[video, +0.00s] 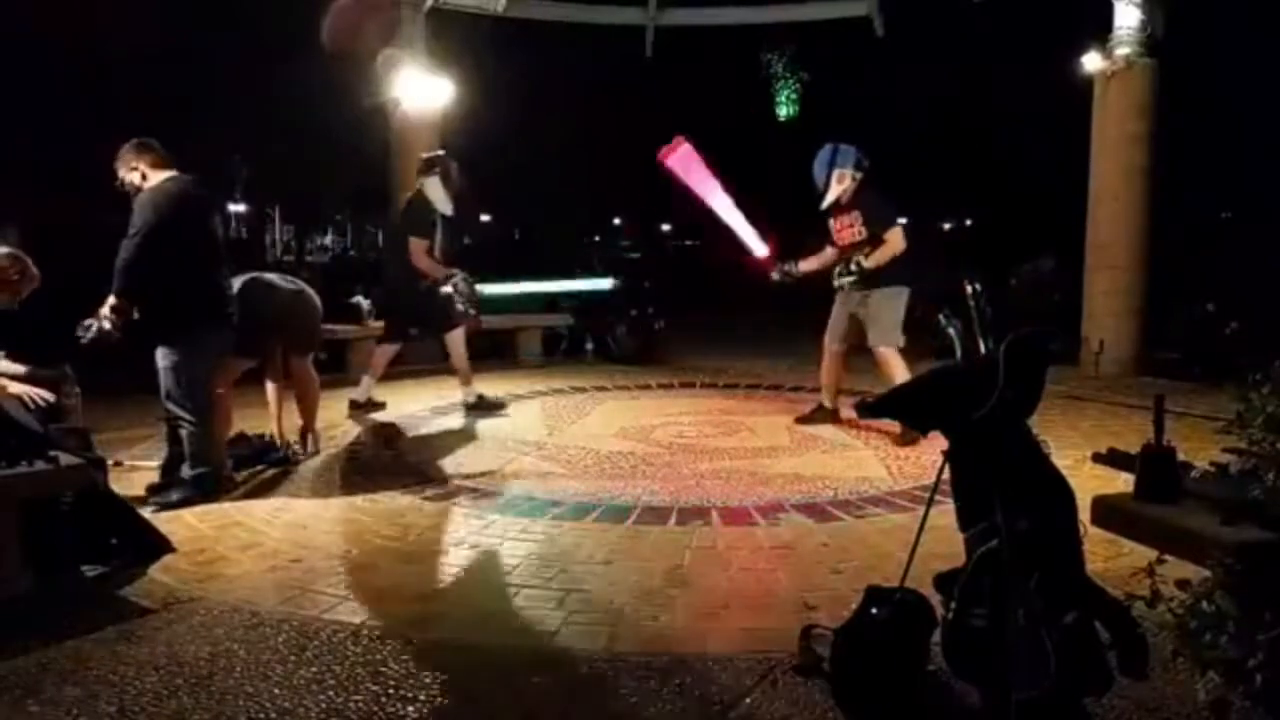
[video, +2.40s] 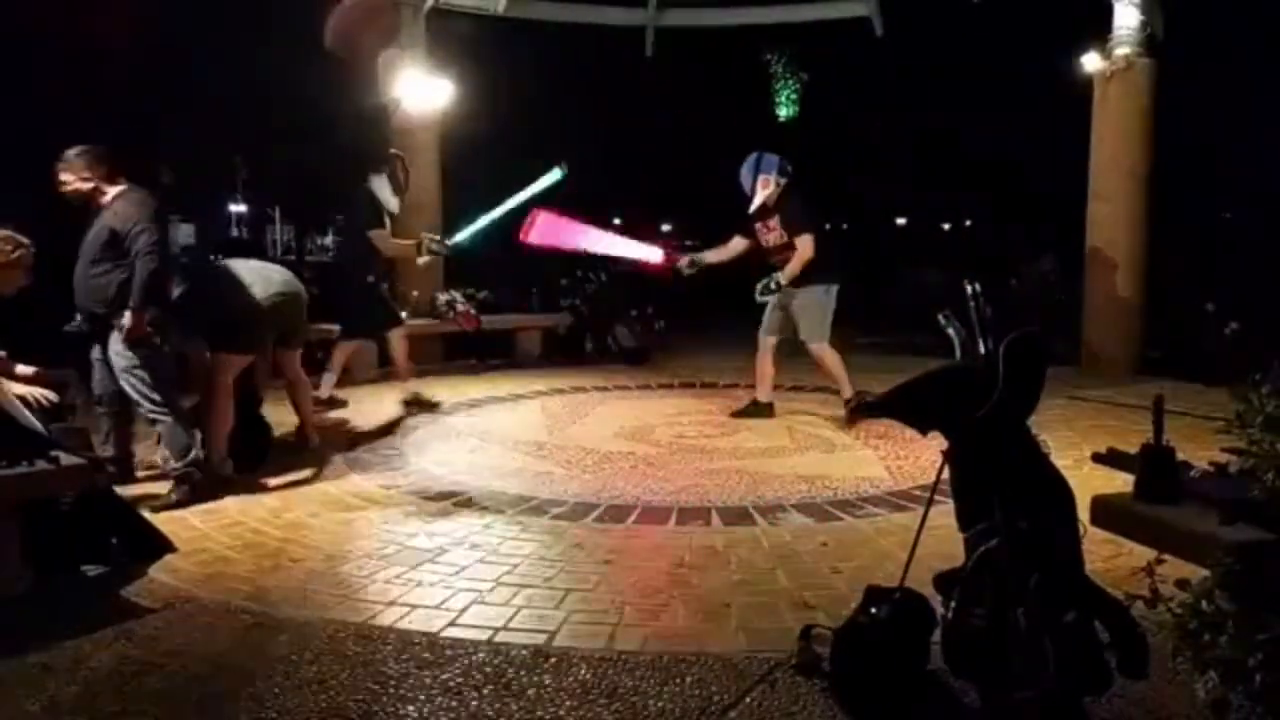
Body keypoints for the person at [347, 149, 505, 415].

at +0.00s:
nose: (456, 182)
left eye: (454, 176)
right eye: (452, 176)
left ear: (429, 176)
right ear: (439, 177)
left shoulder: (426, 204)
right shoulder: (422, 206)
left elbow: (423, 253)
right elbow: (417, 257)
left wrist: (443, 271)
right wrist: (446, 274)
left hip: (405, 283)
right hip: (413, 283)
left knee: (393, 337)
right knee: (454, 326)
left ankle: (361, 394)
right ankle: (471, 395)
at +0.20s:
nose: (449, 180)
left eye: (448, 174)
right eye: (445, 174)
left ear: (420, 174)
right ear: (433, 174)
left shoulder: (413, 200)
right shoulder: (419, 200)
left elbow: (432, 244)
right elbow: (431, 244)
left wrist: (463, 251)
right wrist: (467, 251)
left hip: (400, 284)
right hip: (412, 285)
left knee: (393, 336)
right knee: (457, 324)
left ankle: (362, 394)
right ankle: (463, 394)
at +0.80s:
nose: (470, 181)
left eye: (469, 174)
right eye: (466, 174)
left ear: (440, 175)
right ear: (454, 176)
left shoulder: (431, 201)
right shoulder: (436, 206)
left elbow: (437, 254)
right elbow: (435, 261)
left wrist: (453, 270)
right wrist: (460, 275)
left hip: (409, 283)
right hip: (424, 285)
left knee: (400, 331)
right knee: (465, 327)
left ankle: (360, 388)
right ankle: (467, 398)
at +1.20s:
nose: (432, 180)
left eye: (432, 173)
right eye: (429, 173)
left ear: (410, 172)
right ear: (416, 173)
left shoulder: (401, 199)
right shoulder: (395, 201)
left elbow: (397, 248)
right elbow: (394, 250)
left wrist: (417, 270)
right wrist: (417, 272)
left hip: (383, 277)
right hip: (389, 278)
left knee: (374, 335)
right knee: (423, 329)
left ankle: (347, 393)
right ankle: (435, 395)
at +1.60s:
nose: (434, 177)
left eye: (433, 170)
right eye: (430, 170)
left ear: (405, 172)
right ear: (417, 171)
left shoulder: (397, 198)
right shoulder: (398, 200)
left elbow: (416, 247)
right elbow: (417, 249)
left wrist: (450, 251)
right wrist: (453, 252)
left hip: (382, 282)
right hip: (394, 283)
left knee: (378, 337)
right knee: (434, 328)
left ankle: (348, 395)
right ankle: (446, 393)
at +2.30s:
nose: (412, 188)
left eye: (412, 182)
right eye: (410, 181)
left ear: (387, 177)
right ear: (399, 178)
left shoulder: (376, 202)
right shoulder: (378, 205)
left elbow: (392, 248)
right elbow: (395, 250)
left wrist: (427, 252)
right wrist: (428, 249)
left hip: (365, 281)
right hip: (376, 283)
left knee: (358, 340)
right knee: (412, 332)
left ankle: (325, 392)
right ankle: (440, 391)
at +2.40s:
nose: (393, 185)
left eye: (390, 179)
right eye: (387, 178)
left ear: (371, 177)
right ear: (376, 177)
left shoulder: (370, 199)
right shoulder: (366, 199)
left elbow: (385, 241)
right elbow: (384, 245)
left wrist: (417, 245)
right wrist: (419, 246)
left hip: (353, 276)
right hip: (363, 278)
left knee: (351, 335)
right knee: (396, 327)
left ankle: (324, 390)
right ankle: (405, 384)